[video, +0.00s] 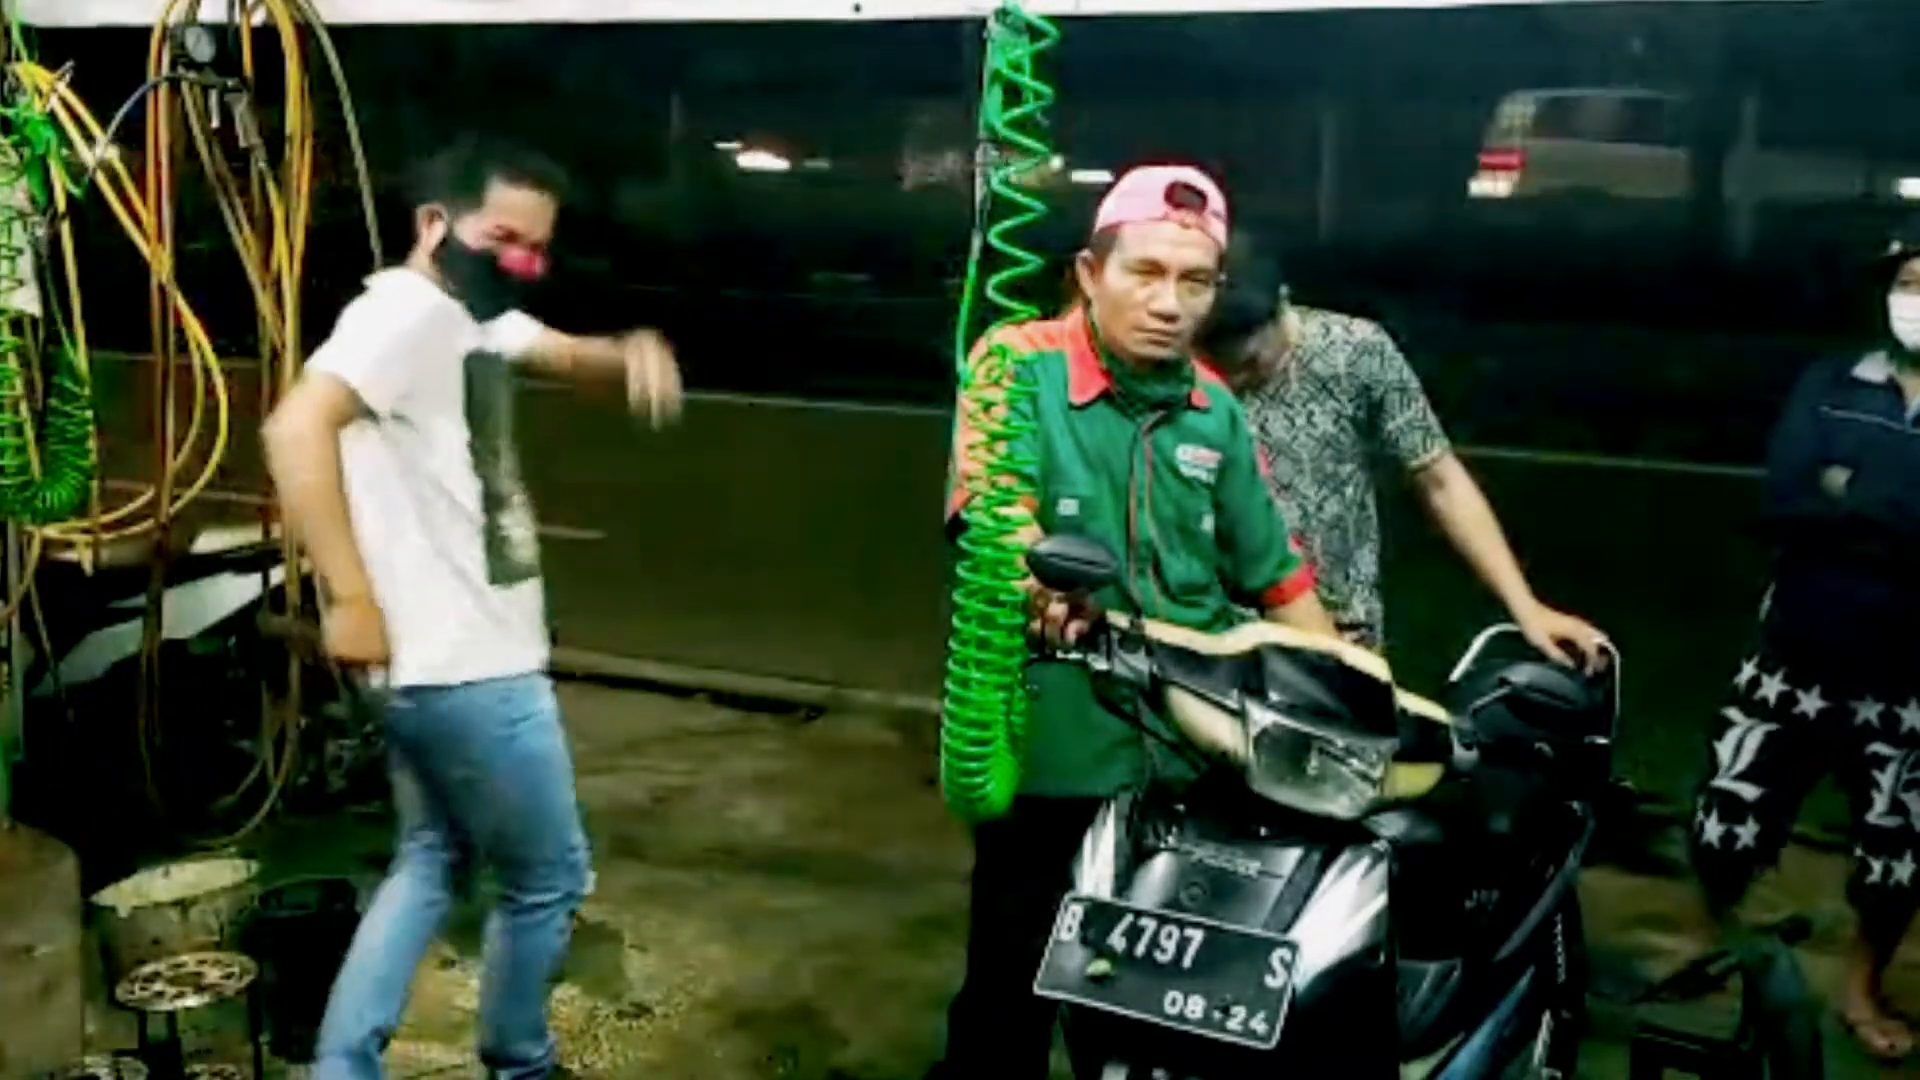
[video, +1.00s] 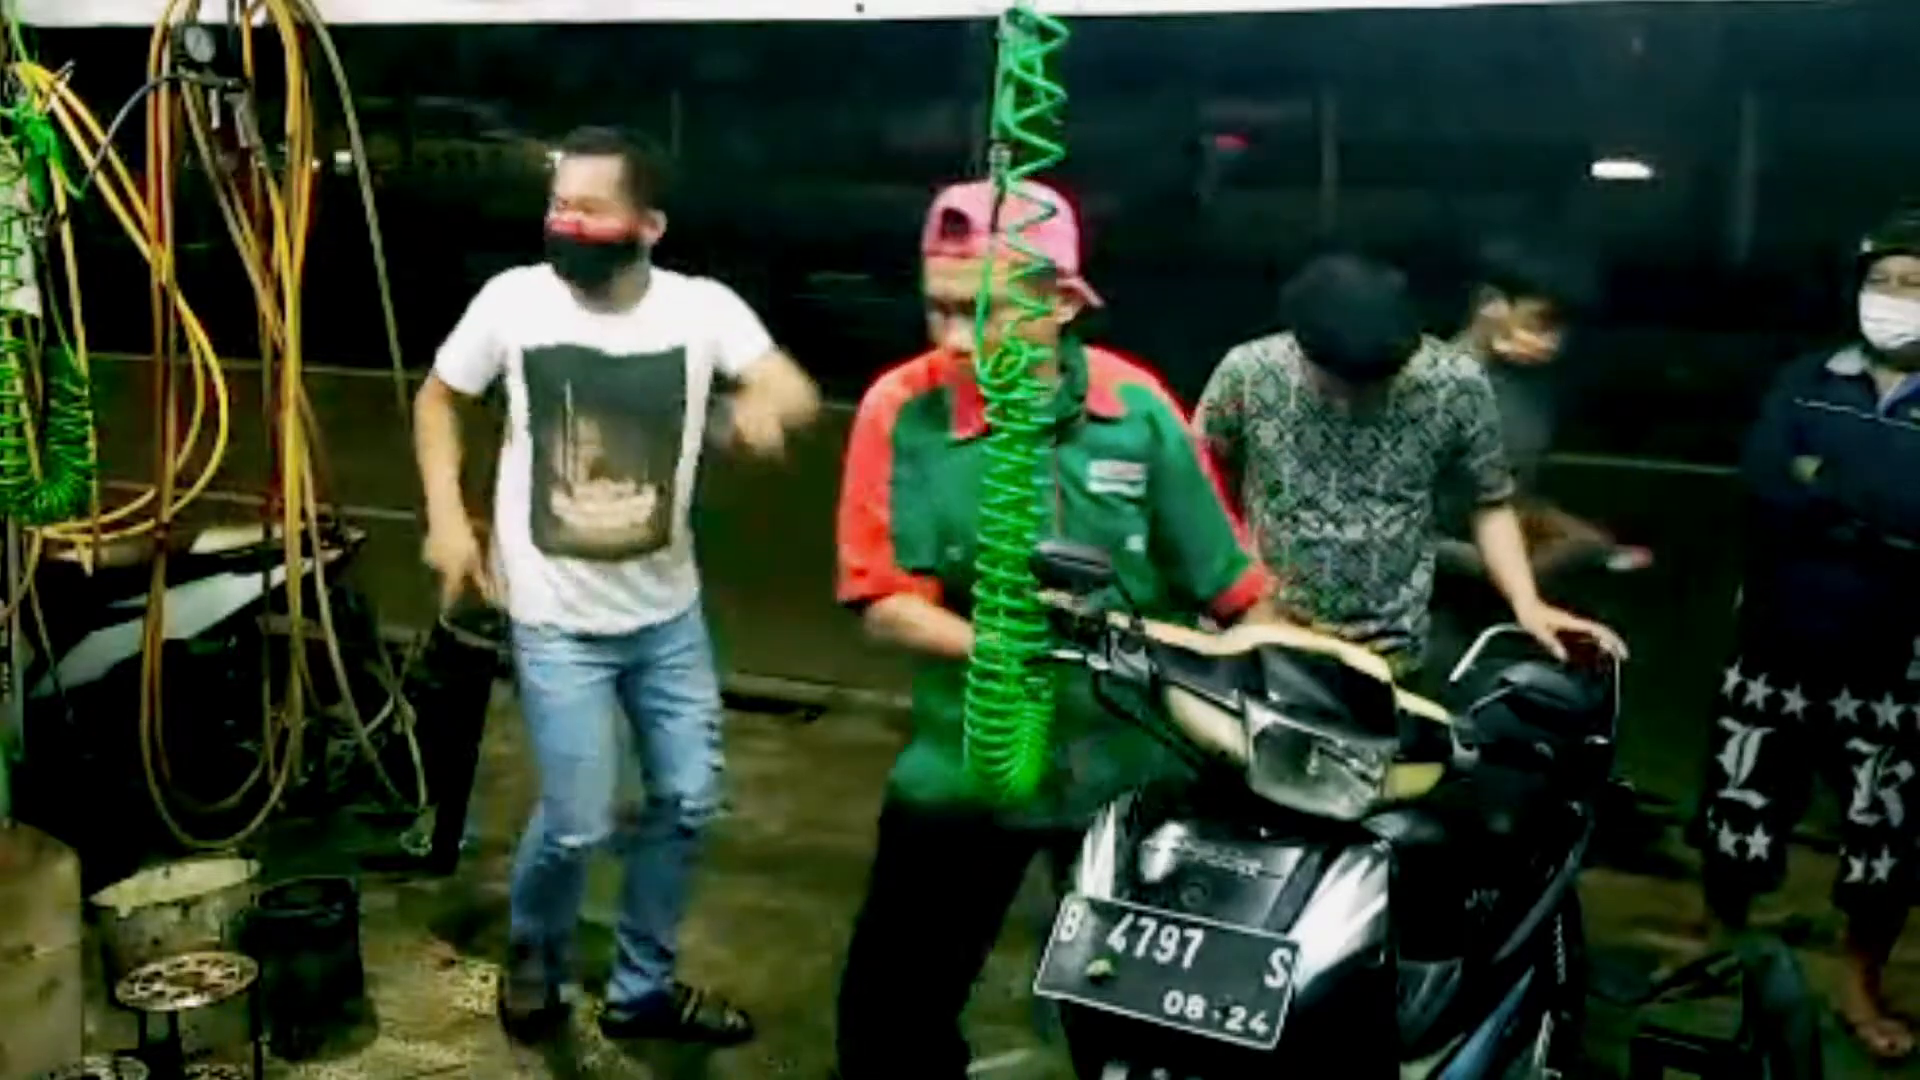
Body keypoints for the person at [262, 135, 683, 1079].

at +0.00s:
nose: (524, 268)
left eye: (537, 249)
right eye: (505, 243)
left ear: (546, 238)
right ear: (435, 228)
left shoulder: (467, 314)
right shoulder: (406, 308)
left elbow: (566, 354)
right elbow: (295, 429)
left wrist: (630, 353)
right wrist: (352, 598)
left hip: (431, 670)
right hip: (471, 670)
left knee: (432, 860)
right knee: (545, 881)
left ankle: (344, 1061)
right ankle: (518, 1061)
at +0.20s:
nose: (571, 280)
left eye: (586, 261)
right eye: (550, 255)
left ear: (599, 264)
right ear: (487, 250)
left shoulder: (516, 362)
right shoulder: (472, 367)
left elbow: (551, 530)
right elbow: (461, 541)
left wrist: (632, 610)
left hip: (545, 668)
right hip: (491, 687)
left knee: (633, 821)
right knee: (596, 887)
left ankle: (466, 975)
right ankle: (526, 1058)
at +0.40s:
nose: (596, 267)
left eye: (611, 250)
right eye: (576, 243)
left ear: (621, 251)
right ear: (517, 243)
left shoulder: (549, 334)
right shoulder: (499, 329)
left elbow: (544, 474)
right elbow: (561, 458)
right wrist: (708, 423)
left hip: (582, 652)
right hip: (526, 669)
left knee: (655, 814)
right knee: (602, 880)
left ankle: (633, 996)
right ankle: (524, 1056)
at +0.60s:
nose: (630, 244)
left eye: (644, 225)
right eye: (611, 222)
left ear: (653, 225)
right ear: (554, 218)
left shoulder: (594, 308)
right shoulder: (525, 312)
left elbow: (588, 443)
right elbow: (547, 455)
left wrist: (691, 427)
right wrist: (695, 427)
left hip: (613, 631)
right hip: (548, 644)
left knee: (652, 813)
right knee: (585, 854)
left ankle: (637, 998)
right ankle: (525, 1059)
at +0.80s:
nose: (629, 252)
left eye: (648, 232)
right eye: (610, 231)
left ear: (670, 234)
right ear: (568, 229)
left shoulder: (683, 340)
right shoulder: (508, 343)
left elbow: (740, 456)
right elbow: (462, 480)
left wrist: (780, 544)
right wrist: (522, 594)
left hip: (653, 619)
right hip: (552, 629)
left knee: (690, 802)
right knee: (608, 831)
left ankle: (639, 996)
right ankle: (538, 1043)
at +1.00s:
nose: (571, 229)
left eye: (593, 214)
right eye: (562, 209)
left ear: (649, 224)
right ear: (548, 209)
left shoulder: (703, 310)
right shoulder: (514, 304)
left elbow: (793, 386)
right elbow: (435, 401)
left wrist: (764, 410)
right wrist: (447, 522)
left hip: (665, 611)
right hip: (554, 617)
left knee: (688, 803)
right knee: (580, 821)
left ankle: (641, 990)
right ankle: (535, 952)